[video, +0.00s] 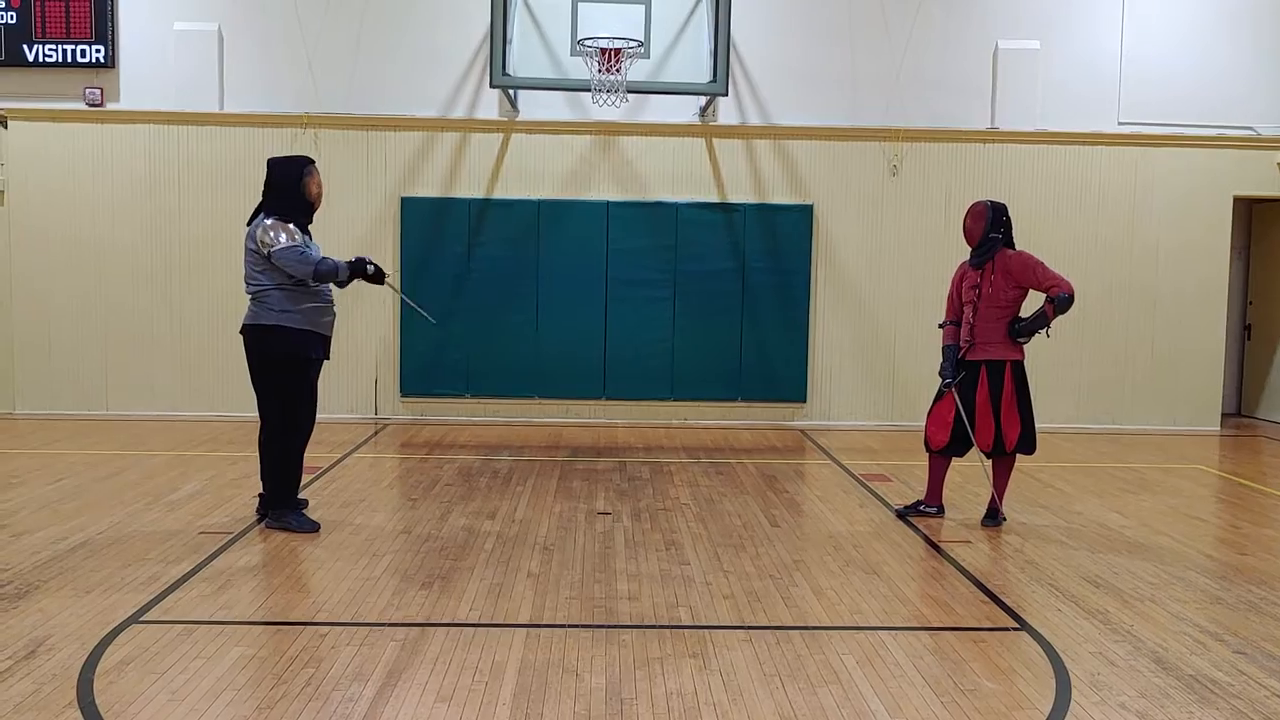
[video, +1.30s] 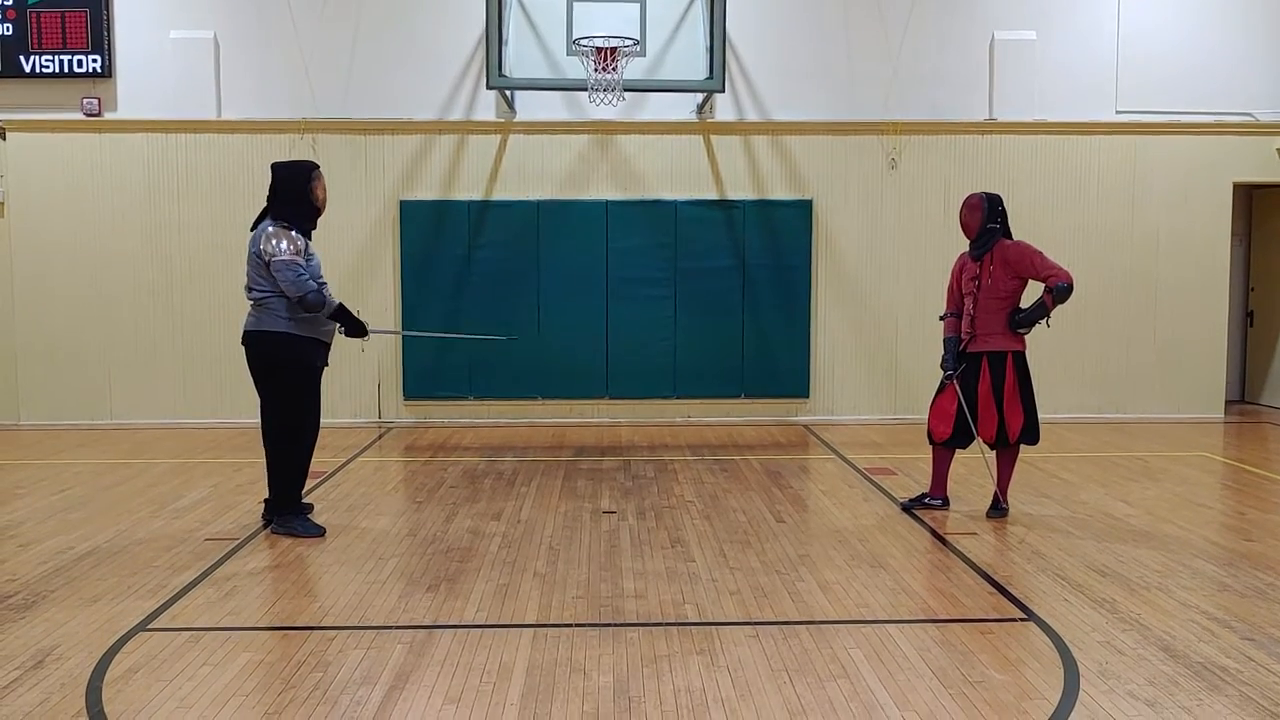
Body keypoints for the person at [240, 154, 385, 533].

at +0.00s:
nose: (320, 189)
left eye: (320, 182)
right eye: (314, 182)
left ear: (297, 186)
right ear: (293, 186)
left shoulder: (291, 229)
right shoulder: (273, 226)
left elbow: (313, 268)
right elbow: (304, 266)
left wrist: (354, 268)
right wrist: (352, 267)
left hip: (297, 338)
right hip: (277, 336)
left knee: (295, 419)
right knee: (286, 420)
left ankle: (278, 499)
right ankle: (279, 507)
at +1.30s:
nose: (324, 195)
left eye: (324, 187)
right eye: (319, 187)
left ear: (292, 190)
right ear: (301, 190)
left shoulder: (288, 233)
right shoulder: (279, 233)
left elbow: (305, 289)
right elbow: (301, 290)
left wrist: (340, 315)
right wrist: (342, 315)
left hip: (291, 340)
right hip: (280, 341)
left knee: (293, 423)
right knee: (292, 424)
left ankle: (285, 501)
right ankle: (282, 511)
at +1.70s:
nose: (320, 183)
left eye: (319, 175)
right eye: (315, 175)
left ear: (290, 179)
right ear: (297, 178)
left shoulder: (285, 220)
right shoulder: (275, 220)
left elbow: (297, 277)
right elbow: (295, 277)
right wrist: (338, 300)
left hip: (289, 332)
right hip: (276, 332)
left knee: (294, 413)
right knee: (286, 414)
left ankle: (284, 492)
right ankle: (282, 502)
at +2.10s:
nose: (310, 174)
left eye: (308, 167)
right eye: (305, 167)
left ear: (280, 171)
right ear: (287, 170)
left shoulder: (275, 212)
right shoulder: (272, 213)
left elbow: (286, 270)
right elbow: (298, 269)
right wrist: (336, 302)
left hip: (285, 321)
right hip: (277, 322)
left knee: (287, 404)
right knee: (285, 405)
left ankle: (282, 483)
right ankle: (282, 492)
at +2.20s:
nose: (309, 171)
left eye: (307, 164)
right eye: (304, 164)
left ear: (277, 170)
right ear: (288, 169)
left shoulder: (276, 210)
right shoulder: (270, 212)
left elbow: (300, 265)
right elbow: (296, 266)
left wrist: (324, 303)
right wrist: (330, 305)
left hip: (281, 320)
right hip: (277, 320)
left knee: (283, 403)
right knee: (286, 404)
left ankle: (280, 483)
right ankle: (284, 490)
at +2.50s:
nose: (312, 170)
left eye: (310, 163)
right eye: (307, 163)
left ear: (282, 167)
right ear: (287, 166)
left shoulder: (272, 205)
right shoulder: (270, 207)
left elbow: (267, 263)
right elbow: (283, 263)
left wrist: (244, 281)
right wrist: (306, 309)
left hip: (273, 313)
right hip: (274, 315)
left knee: (279, 394)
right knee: (294, 394)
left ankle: (277, 477)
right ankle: (285, 482)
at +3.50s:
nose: (324, 161)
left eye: (323, 153)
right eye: (320, 154)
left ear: (294, 157)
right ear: (301, 156)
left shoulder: (282, 194)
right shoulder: (281, 197)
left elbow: (286, 253)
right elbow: (317, 237)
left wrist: (256, 272)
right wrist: (365, 232)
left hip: (282, 301)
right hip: (287, 303)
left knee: (282, 379)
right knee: (309, 385)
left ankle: (276, 461)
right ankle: (334, 466)